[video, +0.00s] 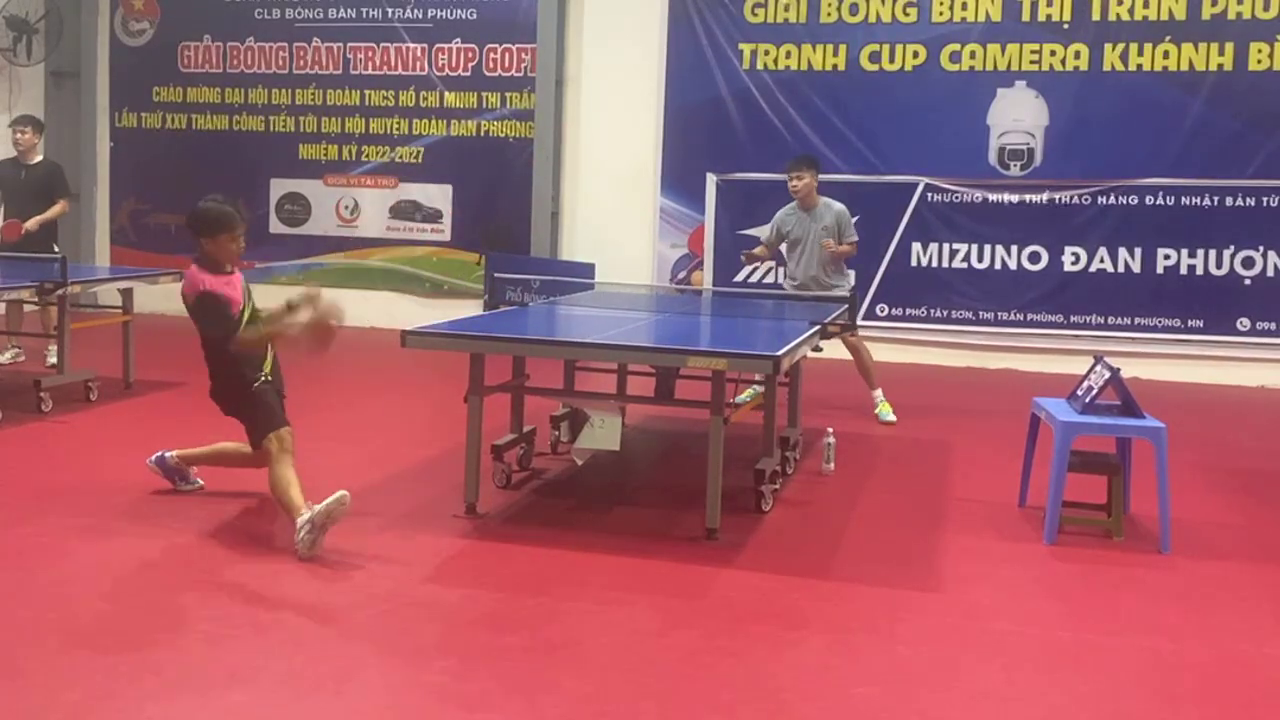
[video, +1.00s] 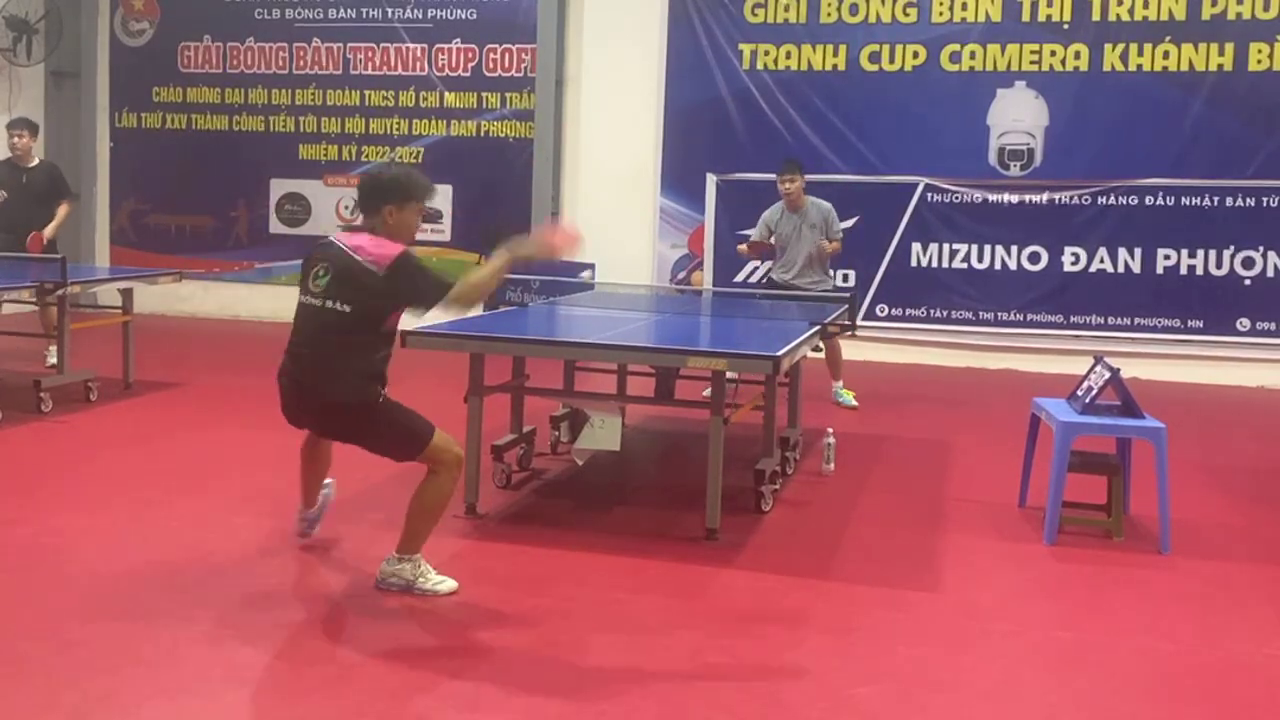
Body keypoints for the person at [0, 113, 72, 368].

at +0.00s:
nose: (17, 137)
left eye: (23, 132)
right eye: (15, 132)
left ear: (38, 137)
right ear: (12, 136)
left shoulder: (51, 169)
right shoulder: (5, 167)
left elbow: (63, 204)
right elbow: (3, 203)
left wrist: (38, 220)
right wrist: (2, 224)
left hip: (42, 248)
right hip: (10, 247)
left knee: (47, 298)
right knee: (12, 297)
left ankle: (53, 346)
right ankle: (13, 346)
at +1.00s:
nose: (14, 141)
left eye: (20, 137)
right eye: (11, 137)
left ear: (33, 140)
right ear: (7, 140)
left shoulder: (48, 170)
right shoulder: (3, 168)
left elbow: (66, 202)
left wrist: (50, 229)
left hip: (40, 247)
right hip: (7, 247)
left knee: (46, 296)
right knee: (1, 295)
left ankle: (52, 346)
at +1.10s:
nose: (9, 143)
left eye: (15, 139)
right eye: (6, 139)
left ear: (28, 142)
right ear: (2, 142)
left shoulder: (43, 174)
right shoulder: (2, 169)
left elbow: (57, 207)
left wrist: (49, 231)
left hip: (32, 253)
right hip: (4, 253)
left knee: (42, 298)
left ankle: (52, 345)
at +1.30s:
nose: (2, 155)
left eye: (7, 151)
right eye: (0, 150)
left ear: (15, 155)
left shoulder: (18, 179)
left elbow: (25, 208)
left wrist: (32, 232)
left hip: (9, 252)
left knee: (25, 298)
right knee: (23, 299)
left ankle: (44, 346)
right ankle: (44, 346)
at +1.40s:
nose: (3, 165)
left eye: (6, 160)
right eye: (1, 160)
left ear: (12, 161)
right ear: (0, 160)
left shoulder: (12, 181)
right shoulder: (9, 181)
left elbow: (16, 208)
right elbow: (17, 208)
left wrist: (24, 233)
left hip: (3, 249)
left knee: (12, 294)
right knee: (11, 295)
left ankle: (25, 343)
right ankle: (24, 344)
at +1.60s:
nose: (3, 185)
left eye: (6, 181)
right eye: (1, 180)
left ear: (11, 179)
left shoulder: (10, 192)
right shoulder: (7, 193)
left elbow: (29, 219)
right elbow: (29, 218)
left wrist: (26, 233)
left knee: (1, 295)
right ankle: (0, 345)